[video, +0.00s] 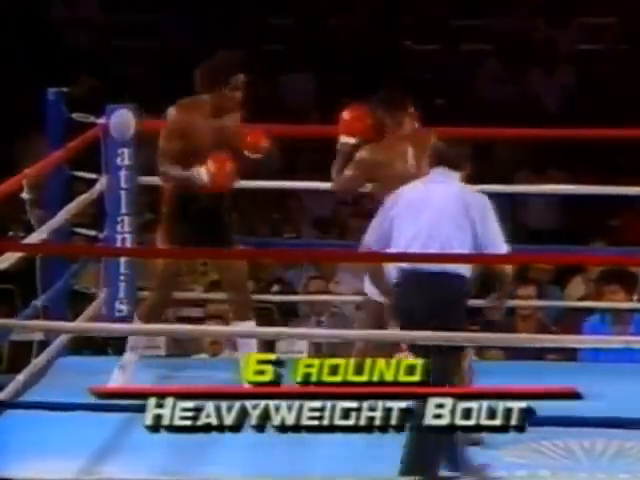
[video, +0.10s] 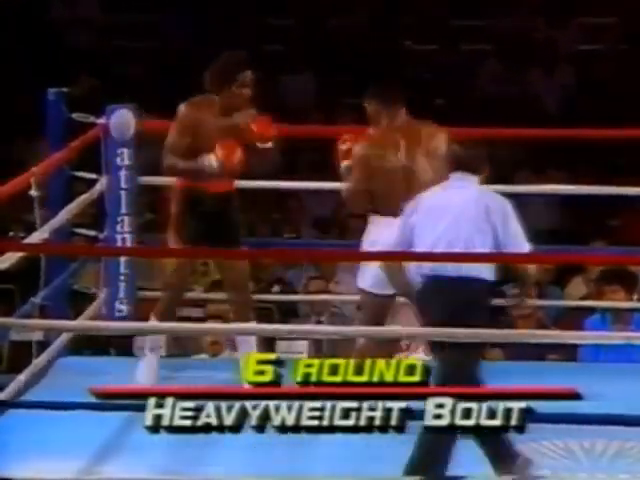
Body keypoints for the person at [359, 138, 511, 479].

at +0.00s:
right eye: (470, 170)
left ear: (430, 163)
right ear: (464, 170)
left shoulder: (401, 195)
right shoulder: (473, 199)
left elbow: (369, 252)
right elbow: (500, 260)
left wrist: (390, 292)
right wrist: (500, 298)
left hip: (408, 283)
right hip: (450, 284)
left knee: (434, 369)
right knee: (442, 374)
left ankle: (453, 454)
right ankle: (418, 465)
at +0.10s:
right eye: (489, 173)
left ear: (449, 168)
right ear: (483, 172)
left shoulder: (421, 201)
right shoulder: (494, 202)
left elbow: (391, 259)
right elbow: (520, 259)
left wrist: (411, 295)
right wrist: (528, 292)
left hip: (431, 289)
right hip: (474, 289)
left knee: (463, 379)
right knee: (451, 381)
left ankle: (507, 460)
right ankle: (424, 468)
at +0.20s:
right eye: (498, 168)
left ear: (459, 168)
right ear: (495, 170)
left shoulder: (434, 205)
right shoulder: (507, 201)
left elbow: (410, 265)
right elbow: (539, 261)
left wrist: (431, 298)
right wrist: (539, 290)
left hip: (449, 291)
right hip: (493, 290)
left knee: (479, 381)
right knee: (476, 382)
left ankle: (515, 464)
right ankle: (432, 469)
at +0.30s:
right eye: (514, 166)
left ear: (474, 168)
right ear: (512, 167)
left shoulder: (453, 202)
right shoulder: (526, 198)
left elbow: (434, 261)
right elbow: (556, 256)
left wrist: (456, 292)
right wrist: (569, 298)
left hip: (469, 290)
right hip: (513, 289)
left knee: (491, 373)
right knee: (526, 376)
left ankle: (513, 464)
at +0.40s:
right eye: (522, 161)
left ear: (486, 163)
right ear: (522, 161)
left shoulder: (464, 197)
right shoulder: (539, 194)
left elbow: (440, 256)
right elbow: (570, 255)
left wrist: (462, 286)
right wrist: (579, 308)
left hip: (482, 290)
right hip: (527, 289)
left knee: (500, 376)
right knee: (548, 371)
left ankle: (509, 458)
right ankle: (532, 440)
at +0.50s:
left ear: (500, 159)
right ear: (537, 159)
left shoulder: (479, 193)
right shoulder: (556, 190)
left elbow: (453, 252)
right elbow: (584, 251)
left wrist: (478, 281)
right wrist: (595, 303)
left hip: (498, 286)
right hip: (545, 284)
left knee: (506, 375)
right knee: (564, 368)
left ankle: (512, 464)